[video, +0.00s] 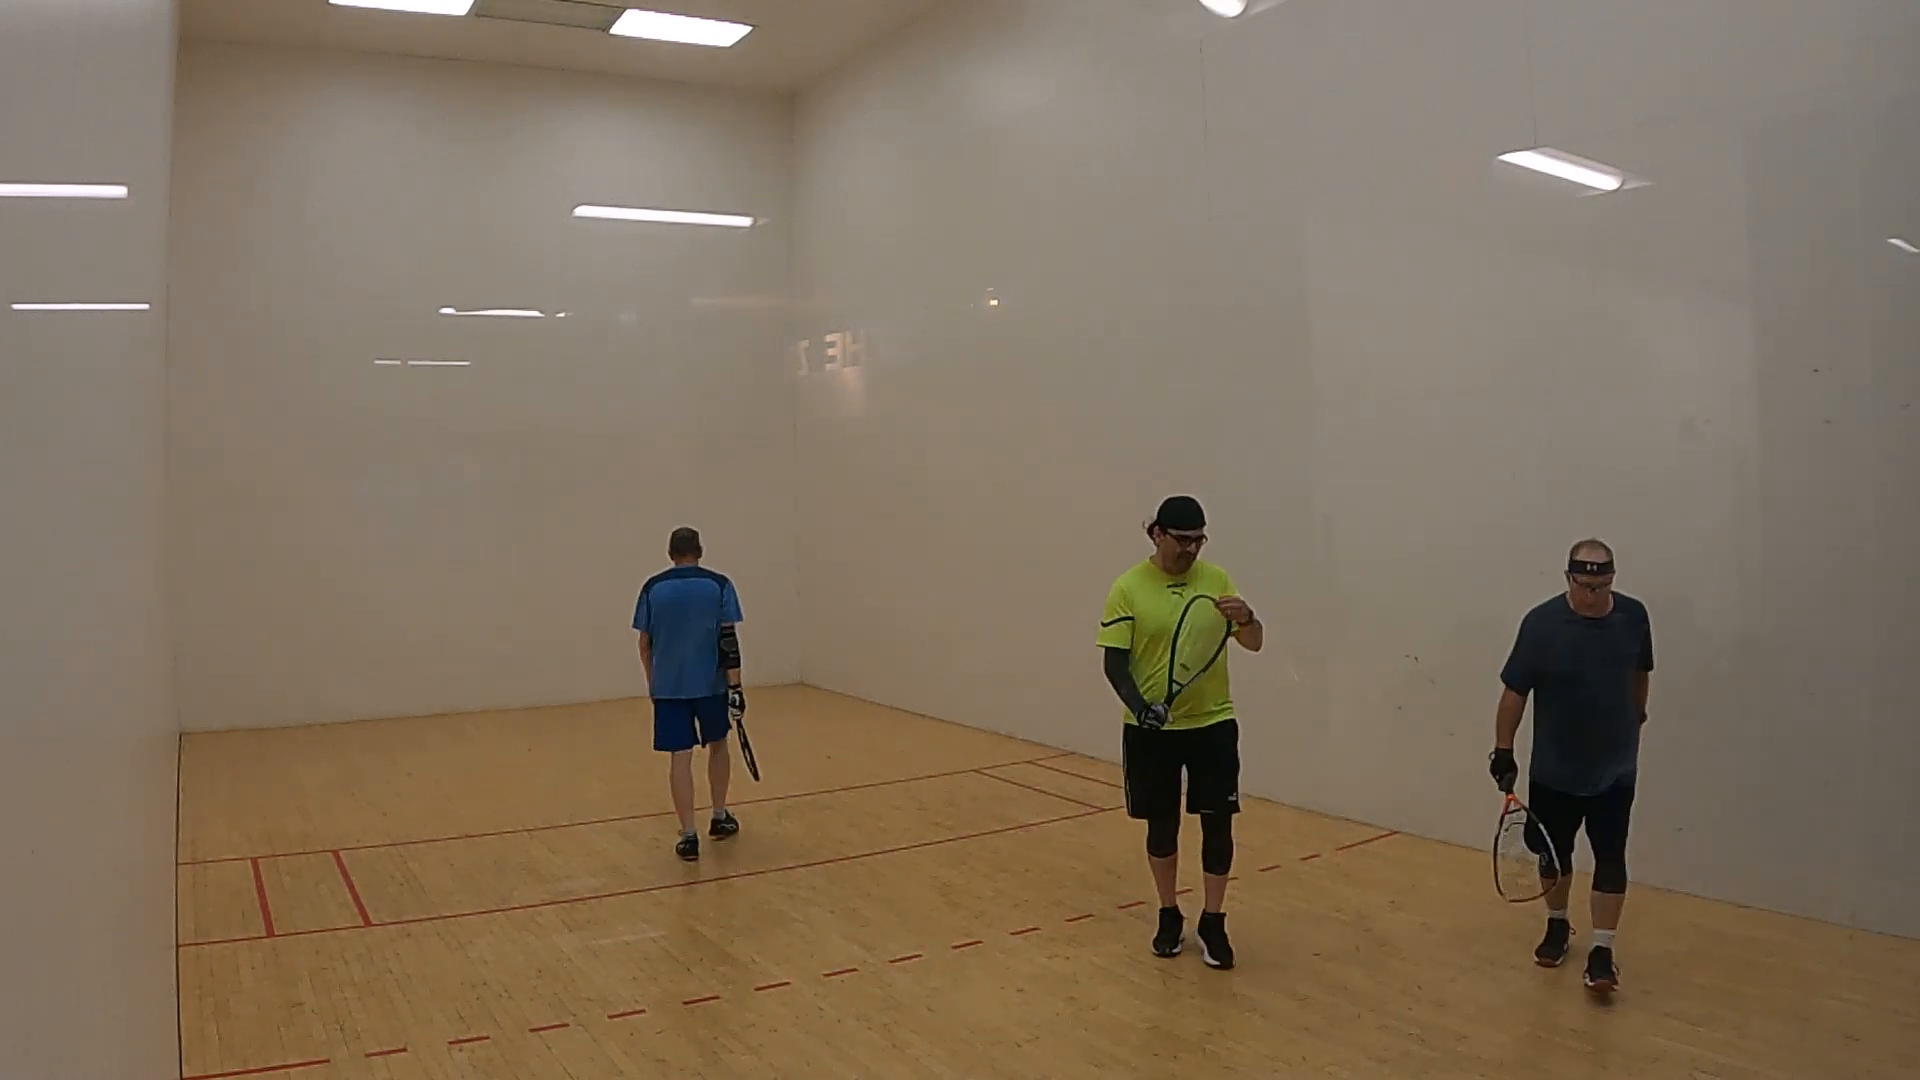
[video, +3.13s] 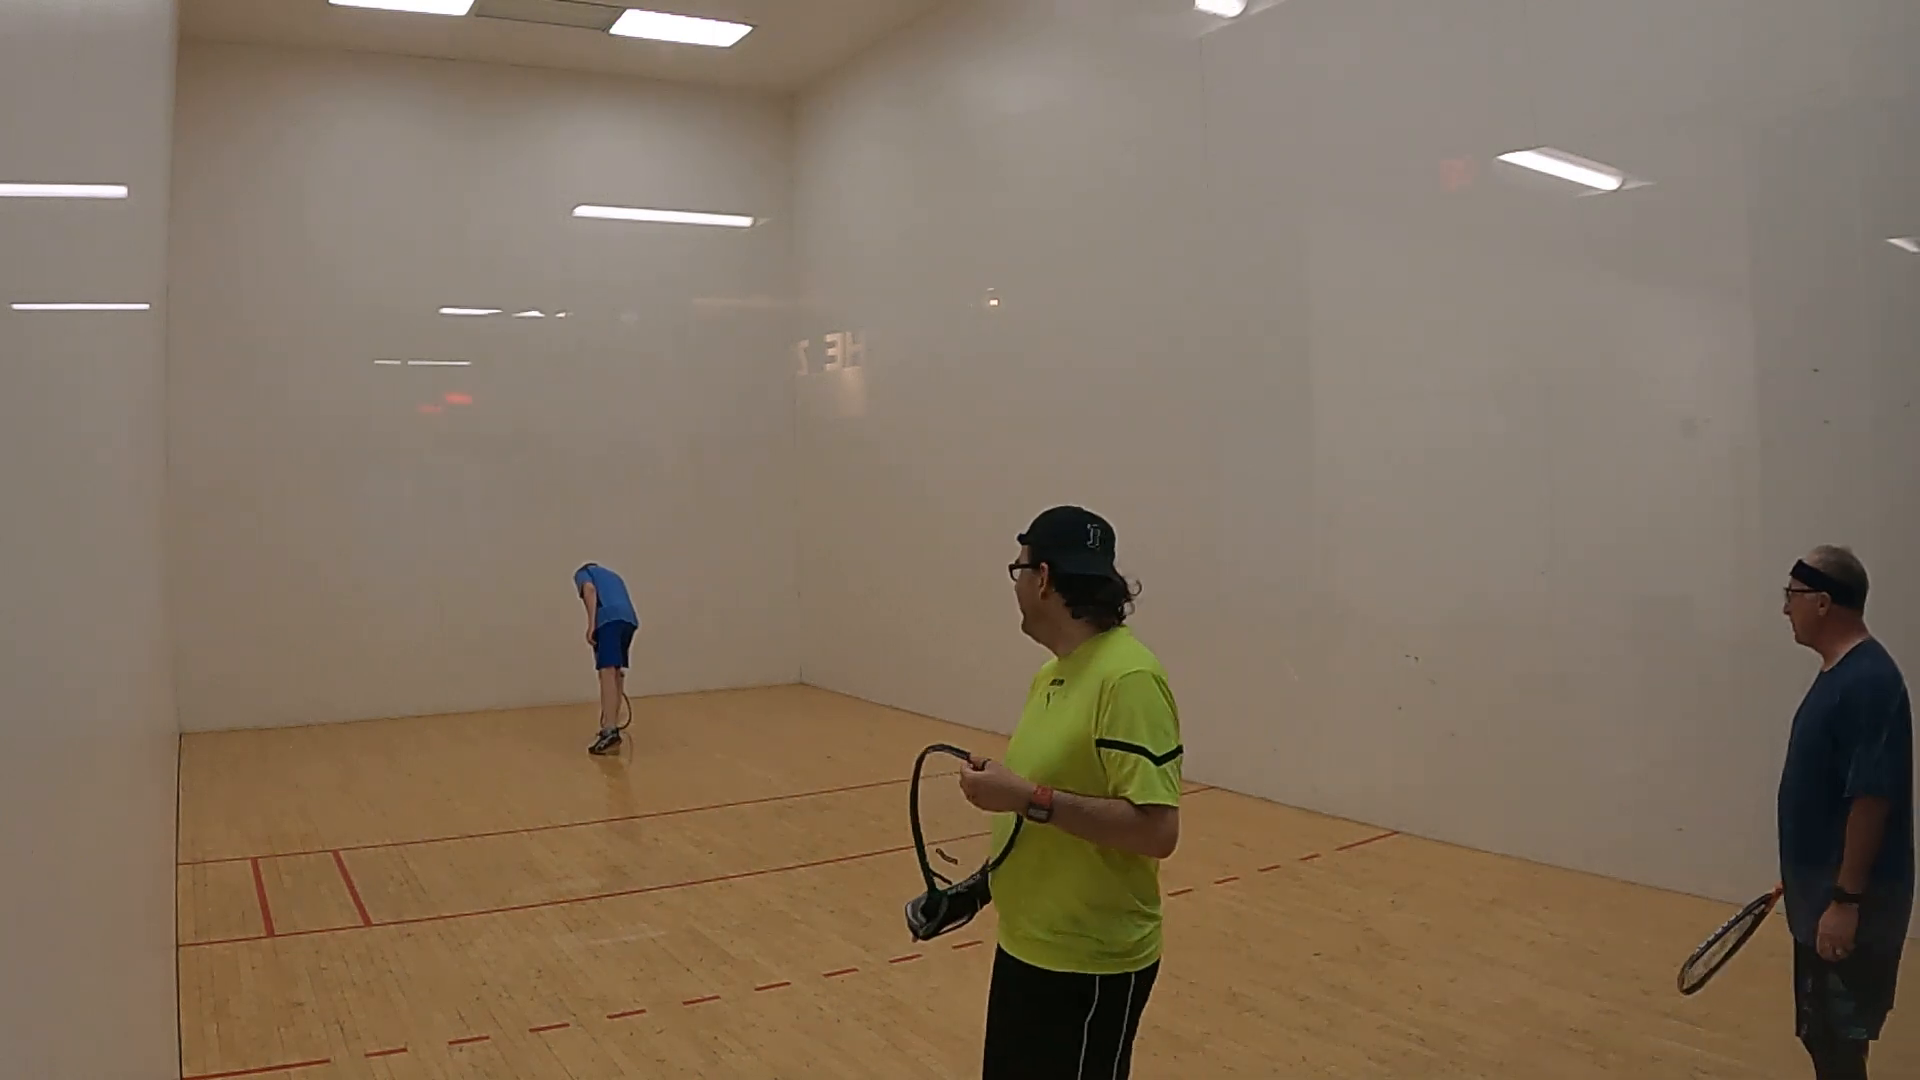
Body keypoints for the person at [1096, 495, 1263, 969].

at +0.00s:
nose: (1190, 548)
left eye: (1198, 540)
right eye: (1181, 539)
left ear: (1203, 539)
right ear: (1156, 535)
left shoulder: (1215, 581)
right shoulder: (1128, 590)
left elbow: (1253, 643)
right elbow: (1114, 663)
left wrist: (1245, 618)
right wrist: (1140, 706)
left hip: (1213, 724)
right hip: (1153, 729)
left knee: (1218, 824)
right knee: (1162, 826)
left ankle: (1213, 920)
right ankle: (1169, 915)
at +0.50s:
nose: (1190, 556)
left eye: (1198, 547)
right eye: (1180, 546)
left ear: (1205, 547)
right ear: (1153, 542)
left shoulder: (1218, 594)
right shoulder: (1119, 596)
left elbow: (1247, 670)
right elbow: (1109, 677)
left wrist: (1230, 640)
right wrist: (1137, 728)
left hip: (1201, 752)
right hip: (1134, 750)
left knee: (1194, 859)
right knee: (1118, 856)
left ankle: (1189, 962)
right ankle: (1142, 935)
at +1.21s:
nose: (1155, 568)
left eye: (1158, 558)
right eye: (1146, 558)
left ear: (1134, 559)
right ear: (1109, 557)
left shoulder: (1165, 615)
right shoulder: (1058, 615)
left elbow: (1175, 701)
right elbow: (1061, 714)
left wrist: (1197, 668)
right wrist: (1131, 762)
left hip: (1155, 795)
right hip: (1080, 795)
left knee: (1152, 917)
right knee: (1086, 912)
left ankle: (1147, 1044)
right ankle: (1089, 1010)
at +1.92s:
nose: (1131, 578)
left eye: (1145, 566)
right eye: (1116, 565)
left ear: (1167, 573)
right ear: (1095, 569)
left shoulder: (1194, 643)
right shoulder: (1057, 641)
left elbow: (1222, 746)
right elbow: (1035, 750)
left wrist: (1210, 725)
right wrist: (1077, 831)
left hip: (1162, 854)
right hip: (1075, 853)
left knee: (1146, 986)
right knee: (1091, 997)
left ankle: (1131, 1072)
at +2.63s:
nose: (1098, 586)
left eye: (1117, 572)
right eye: (1092, 571)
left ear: (1167, 580)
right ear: (1084, 574)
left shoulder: (1217, 674)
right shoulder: (1052, 662)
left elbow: (1251, 796)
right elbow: (1016, 781)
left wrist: (1200, 786)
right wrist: (1018, 886)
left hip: (1170, 930)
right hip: (1060, 923)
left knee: (1182, 1071)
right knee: (1050, 1069)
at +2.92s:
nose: (1045, 585)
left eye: (1056, 569)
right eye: (1049, 569)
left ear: (1098, 580)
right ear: (1094, 581)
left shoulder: (1184, 681)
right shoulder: (1052, 669)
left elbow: (1224, 824)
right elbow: (1024, 798)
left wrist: (1109, 793)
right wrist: (987, 891)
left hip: (1136, 962)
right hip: (1038, 946)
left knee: (1130, 1073)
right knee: (1021, 1072)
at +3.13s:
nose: (1015, 588)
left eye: (1017, 572)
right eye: (1016, 572)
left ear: (1044, 579)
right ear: (1059, 580)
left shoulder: (1131, 680)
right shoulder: (1052, 675)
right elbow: (1044, 821)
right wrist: (971, 892)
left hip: (1089, 968)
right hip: (1029, 950)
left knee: (1072, 1074)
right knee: (1005, 1068)